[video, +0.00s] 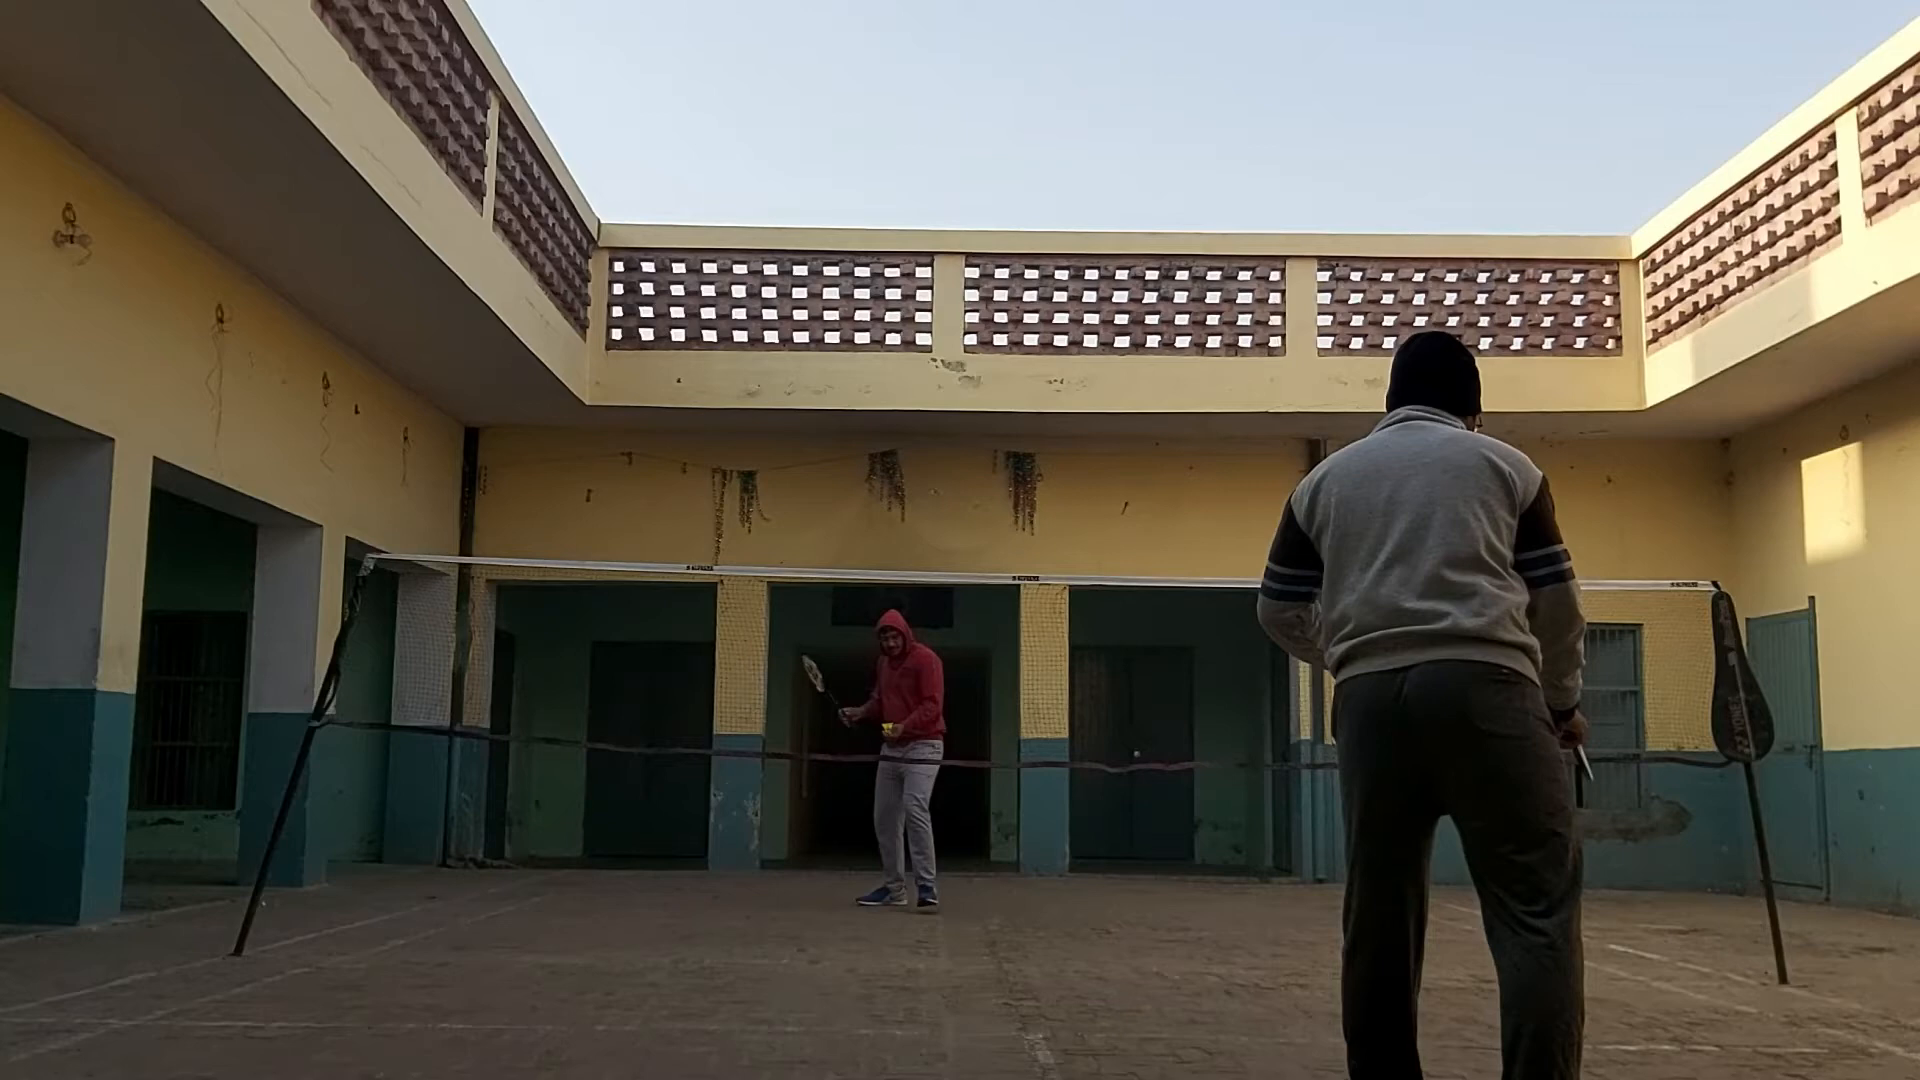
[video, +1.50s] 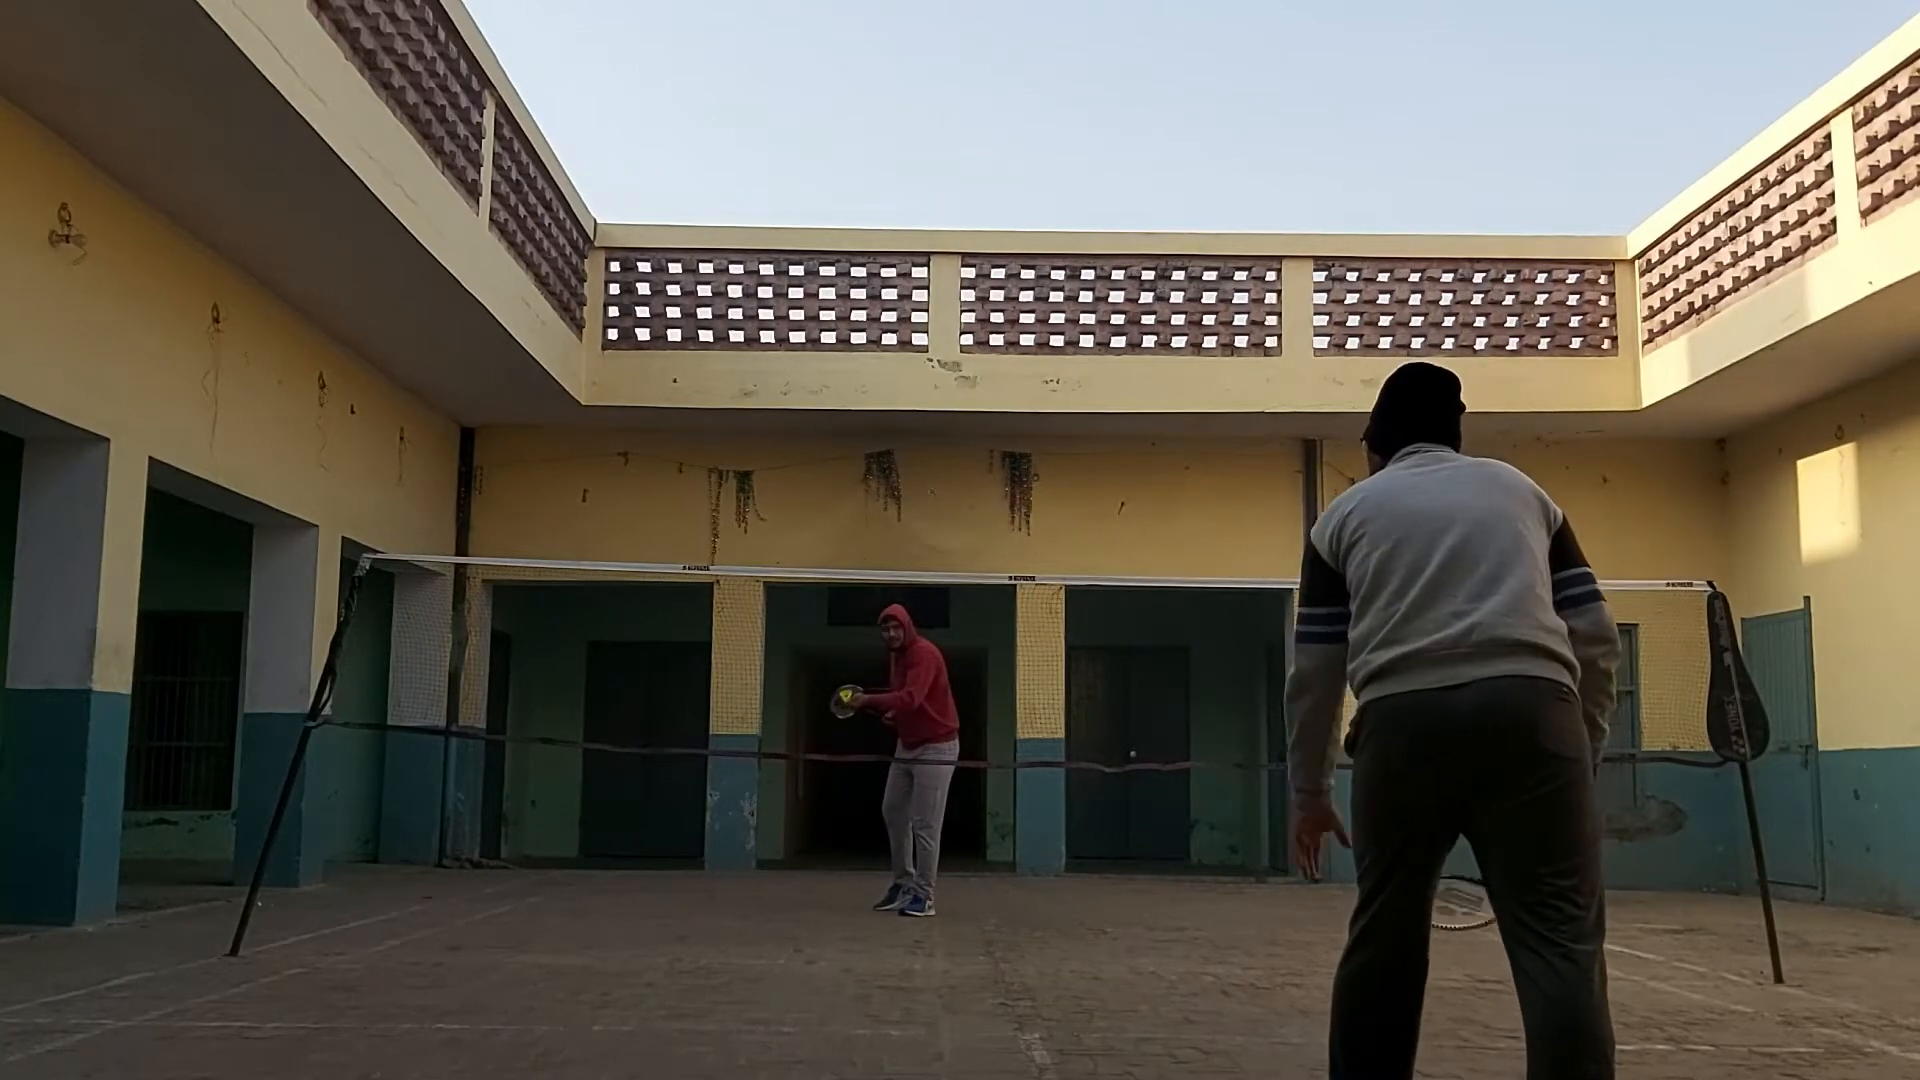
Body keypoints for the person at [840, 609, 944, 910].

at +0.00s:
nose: (889, 641)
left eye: (894, 635)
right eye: (884, 636)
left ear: (906, 635)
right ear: (880, 639)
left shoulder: (926, 660)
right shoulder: (884, 662)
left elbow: (932, 707)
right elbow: (880, 701)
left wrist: (903, 727)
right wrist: (860, 712)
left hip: (923, 746)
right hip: (892, 746)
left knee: (914, 808)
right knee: (885, 816)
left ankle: (926, 885)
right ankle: (894, 886)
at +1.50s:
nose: (892, 632)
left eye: (897, 627)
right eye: (887, 628)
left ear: (908, 628)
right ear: (883, 633)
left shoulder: (924, 653)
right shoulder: (897, 655)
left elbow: (910, 698)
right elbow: (906, 697)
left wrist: (864, 700)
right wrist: (895, 712)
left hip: (936, 747)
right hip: (908, 746)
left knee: (925, 823)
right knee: (893, 812)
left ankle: (924, 895)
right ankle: (903, 885)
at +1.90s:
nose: (888, 634)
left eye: (893, 628)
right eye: (886, 629)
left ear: (909, 629)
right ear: (887, 632)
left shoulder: (930, 655)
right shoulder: (901, 660)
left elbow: (929, 706)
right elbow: (906, 704)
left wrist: (893, 726)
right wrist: (889, 726)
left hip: (939, 750)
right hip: (911, 748)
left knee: (928, 822)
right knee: (894, 812)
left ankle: (923, 894)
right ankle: (902, 883)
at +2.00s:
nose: (897, 632)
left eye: (902, 627)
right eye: (893, 628)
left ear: (915, 628)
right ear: (890, 632)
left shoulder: (936, 655)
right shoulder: (899, 660)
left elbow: (942, 708)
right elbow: (896, 698)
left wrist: (918, 739)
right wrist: (895, 715)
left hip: (941, 751)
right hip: (910, 749)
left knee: (929, 823)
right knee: (891, 812)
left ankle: (924, 894)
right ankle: (902, 882)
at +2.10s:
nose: (906, 630)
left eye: (911, 624)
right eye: (901, 625)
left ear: (922, 627)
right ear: (896, 630)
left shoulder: (943, 656)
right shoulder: (897, 660)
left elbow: (953, 703)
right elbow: (887, 702)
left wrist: (949, 743)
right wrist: (904, 702)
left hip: (941, 750)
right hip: (909, 748)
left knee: (930, 823)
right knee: (890, 811)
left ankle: (924, 895)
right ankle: (908, 880)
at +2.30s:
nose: (928, 631)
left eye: (933, 626)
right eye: (923, 626)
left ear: (942, 631)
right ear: (915, 632)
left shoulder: (959, 661)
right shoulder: (904, 662)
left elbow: (982, 701)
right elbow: (892, 702)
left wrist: (990, 739)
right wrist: (918, 704)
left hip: (943, 753)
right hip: (908, 752)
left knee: (927, 824)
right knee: (899, 820)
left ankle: (922, 895)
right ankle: (931, 868)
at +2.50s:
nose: (942, 640)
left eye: (947, 636)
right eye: (937, 636)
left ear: (954, 642)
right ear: (928, 641)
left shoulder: (968, 673)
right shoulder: (912, 673)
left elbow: (992, 712)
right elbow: (898, 714)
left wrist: (1000, 749)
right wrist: (908, 741)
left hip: (951, 760)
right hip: (915, 760)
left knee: (937, 823)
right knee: (913, 825)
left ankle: (927, 891)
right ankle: (936, 884)